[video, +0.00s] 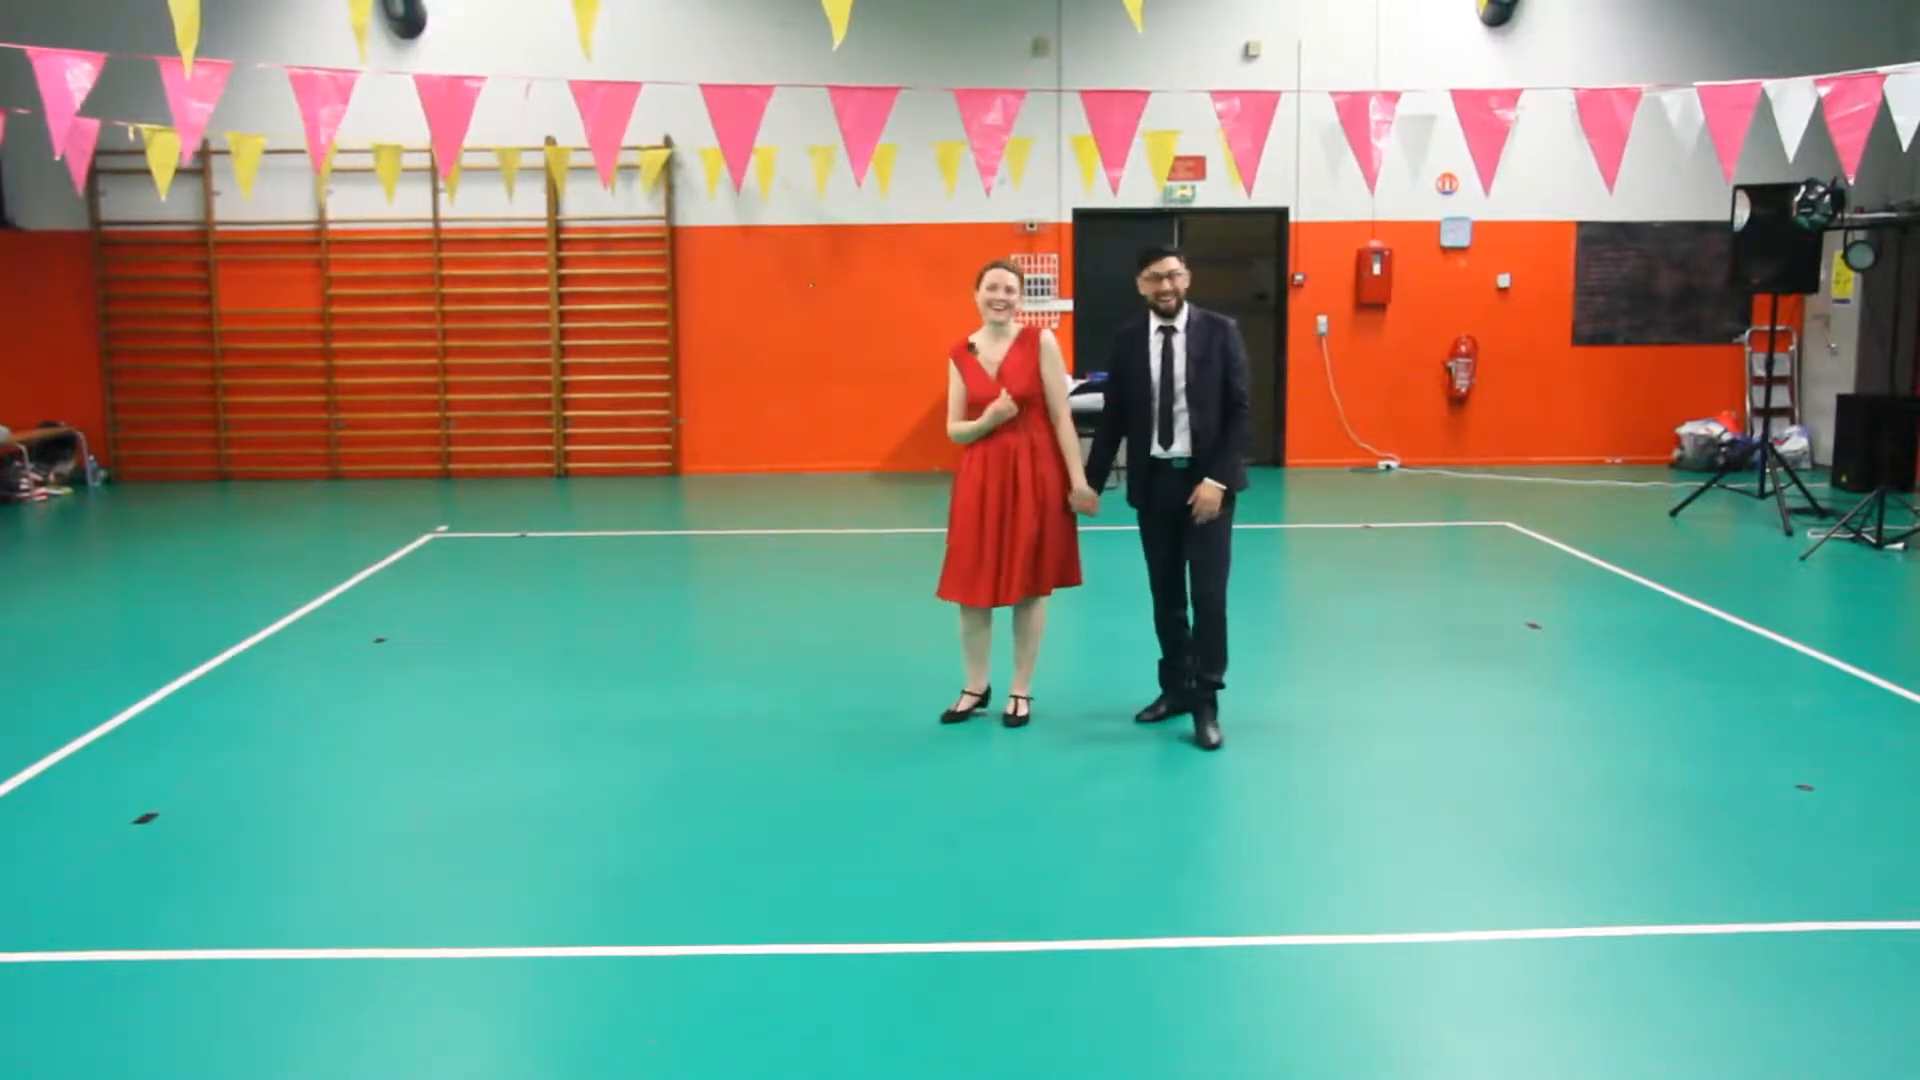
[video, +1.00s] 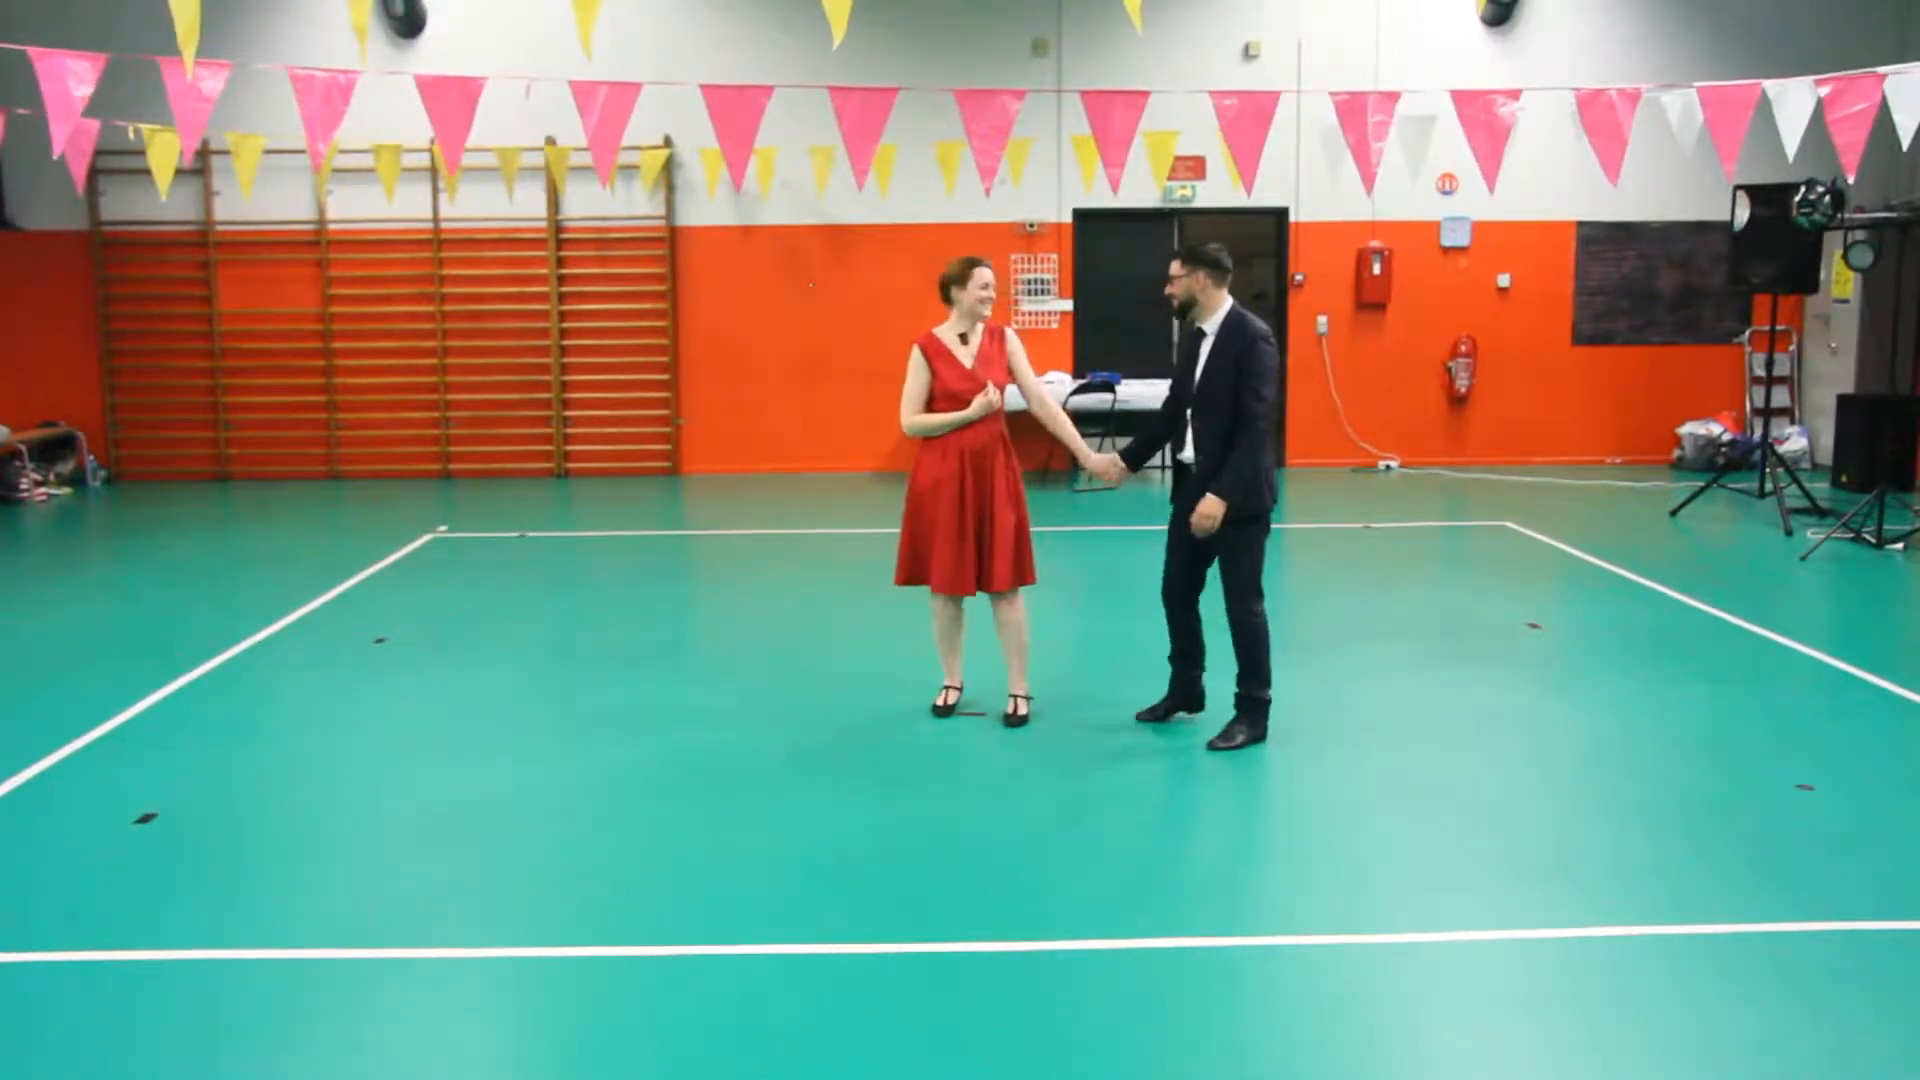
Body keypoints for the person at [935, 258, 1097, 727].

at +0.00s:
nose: (1001, 296)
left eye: (1009, 289)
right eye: (992, 288)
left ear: (1021, 298)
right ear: (976, 296)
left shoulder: (1041, 344)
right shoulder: (962, 355)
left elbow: (1062, 415)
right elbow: (955, 430)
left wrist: (1079, 480)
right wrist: (988, 419)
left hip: (1034, 475)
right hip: (981, 477)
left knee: (1029, 587)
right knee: (973, 587)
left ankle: (1021, 690)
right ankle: (975, 686)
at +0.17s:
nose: (1006, 296)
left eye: (1014, 289)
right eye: (997, 288)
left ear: (1025, 297)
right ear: (980, 296)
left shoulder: (1044, 344)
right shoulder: (963, 353)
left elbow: (1061, 418)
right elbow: (950, 428)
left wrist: (1077, 481)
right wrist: (994, 419)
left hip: (1034, 475)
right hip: (981, 477)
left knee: (1028, 589)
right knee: (976, 588)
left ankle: (1021, 689)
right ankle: (985, 683)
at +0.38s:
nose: (1008, 296)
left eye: (1015, 289)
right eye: (999, 288)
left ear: (1025, 298)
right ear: (981, 296)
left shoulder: (1042, 344)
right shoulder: (960, 352)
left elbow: (1059, 417)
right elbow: (946, 427)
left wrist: (1078, 477)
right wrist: (995, 417)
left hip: (1034, 477)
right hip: (980, 479)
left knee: (1028, 592)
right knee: (974, 592)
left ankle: (1021, 690)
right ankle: (961, 676)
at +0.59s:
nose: (1003, 295)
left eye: (1009, 288)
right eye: (993, 287)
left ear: (1018, 295)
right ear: (973, 294)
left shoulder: (1032, 343)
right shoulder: (952, 350)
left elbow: (1054, 413)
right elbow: (937, 426)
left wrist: (1083, 472)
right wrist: (991, 413)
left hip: (1024, 476)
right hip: (970, 478)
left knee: (1023, 587)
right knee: (967, 588)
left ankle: (1020, 690)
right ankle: (951, 680)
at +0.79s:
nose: (998, 293)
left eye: (1002, 286)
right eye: (988, 285)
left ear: (1008, 293)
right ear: (964, 291)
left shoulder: (1019, 340)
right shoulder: (940, 346)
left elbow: (1049, 408)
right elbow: (924, 423)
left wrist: (1090, 467)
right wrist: (983, 410)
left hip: (1009, 471)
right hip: (957, 471)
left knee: (1014, 586)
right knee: (956, 586)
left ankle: (1019, 692)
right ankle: (951, 682)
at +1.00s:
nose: (991, 296)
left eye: (993, 288)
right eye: (983, 288)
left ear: (992, 293)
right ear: (954, 292)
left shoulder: (1003, 338)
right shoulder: (926, 348)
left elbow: (1042, 403)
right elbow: (910, 422)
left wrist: (1087, 456)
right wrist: (971, 413)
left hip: (995, 474)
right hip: (944, 476)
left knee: (1004, 586)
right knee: (947, 586)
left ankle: (1018, 689)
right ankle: (951, 682)